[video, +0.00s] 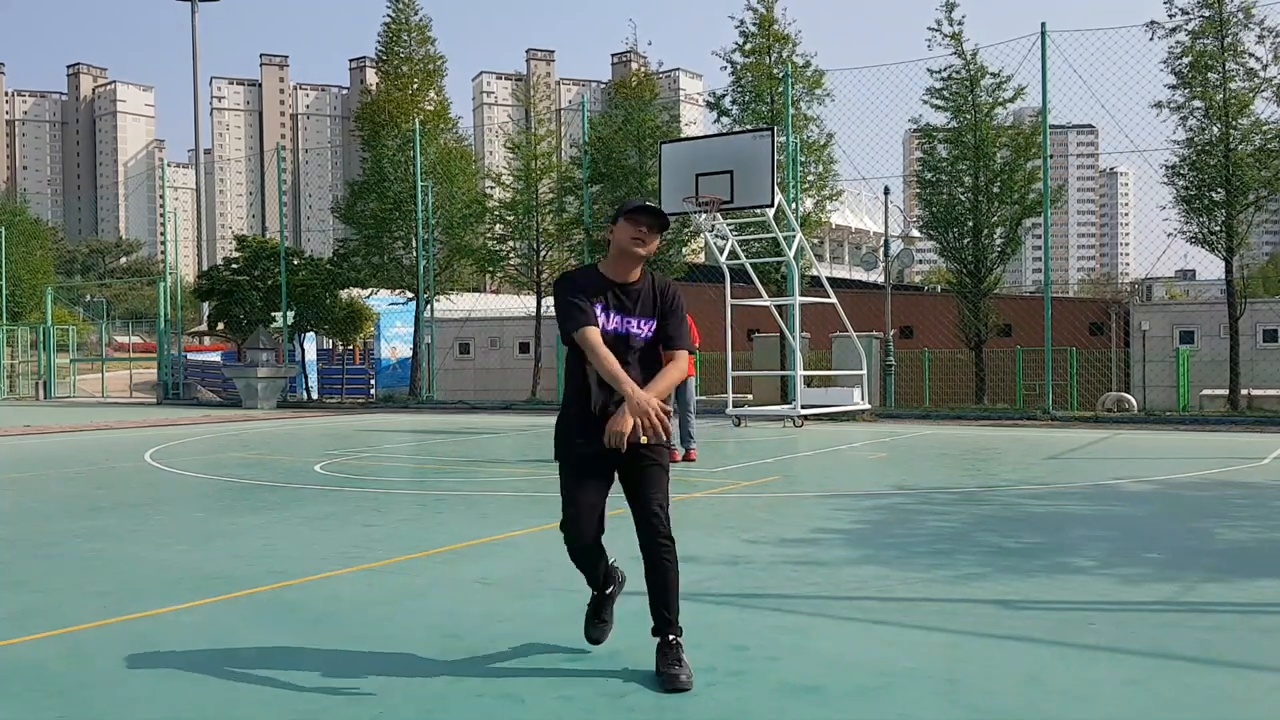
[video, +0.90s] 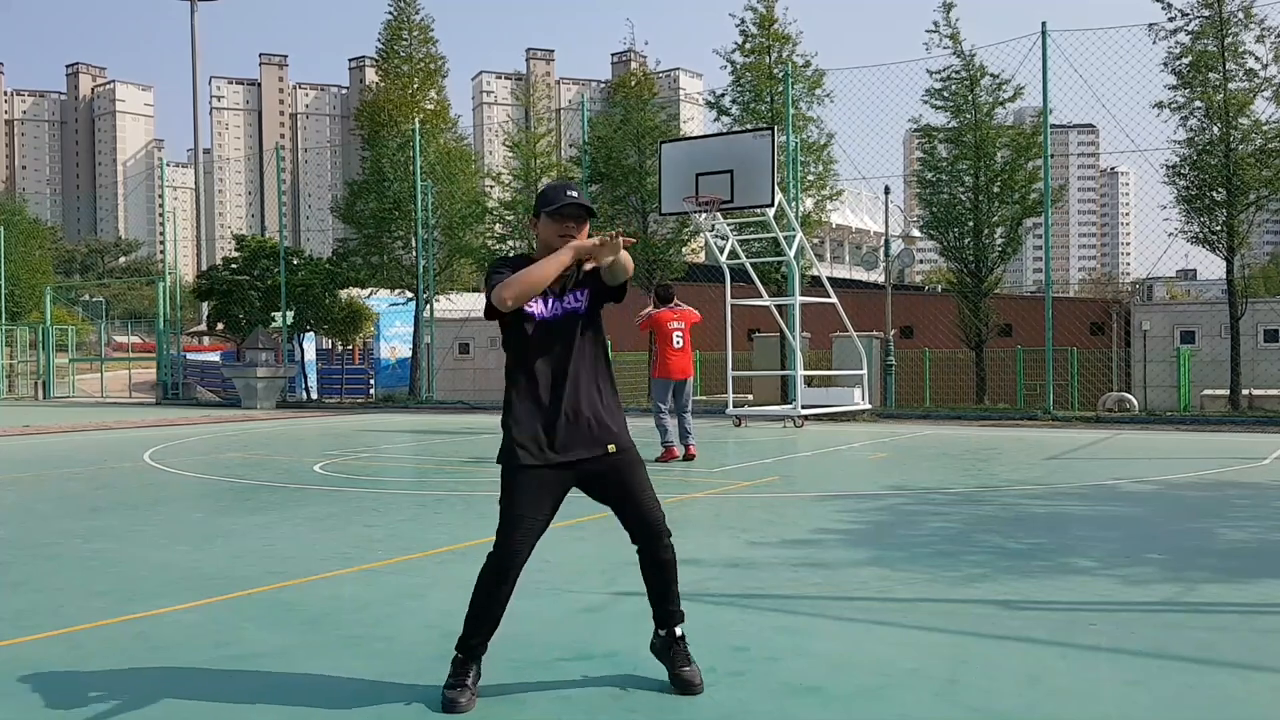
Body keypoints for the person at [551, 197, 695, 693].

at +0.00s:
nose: (646, 235)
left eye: (654, 231)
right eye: (637, 225)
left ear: (658, 244)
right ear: (612, 229)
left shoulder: (665, 294)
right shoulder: (575, 284)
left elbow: (680, 364)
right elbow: (593, 347)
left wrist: (633, 408)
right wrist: (636, 394)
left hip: (646, 431)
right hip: (585, 429)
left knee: (656, 530)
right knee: (578, 536)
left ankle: (669, 642)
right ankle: (605, 582)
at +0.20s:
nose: (596, 241)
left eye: (605, 233)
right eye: (589, 233)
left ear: (629, 232)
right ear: (582, 235)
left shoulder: (652, 284)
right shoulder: (569, 285)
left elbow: (639, 353)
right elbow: (559, 344)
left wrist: (594, 419)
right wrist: (572, 383)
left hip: (630, 420)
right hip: (574, 418)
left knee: (643, 534)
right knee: (522, 507)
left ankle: (669, 643)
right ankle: (569, 602)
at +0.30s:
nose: (576, 236)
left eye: (585, 226)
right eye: (569, 227)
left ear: (610, 224)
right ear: (563, 230)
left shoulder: (635, 275)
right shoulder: (561, 284)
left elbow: (620, 350)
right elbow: (542, 344)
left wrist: (574, 420)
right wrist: (544, 379)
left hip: (612, 424)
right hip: (559, 422)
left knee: (635, 534)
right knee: (509, 520)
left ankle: (675, 642)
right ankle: (514, 641)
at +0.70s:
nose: (546, 233)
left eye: (554, 224)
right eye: (535, 223)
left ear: (565, 230)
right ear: (511, 229)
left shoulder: (577, 265)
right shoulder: (488, 280)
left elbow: (591, 315)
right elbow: (469, 338)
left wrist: (554, 344)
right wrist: (534, 309)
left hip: (587, 425)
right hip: (522, 436)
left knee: (630, 516)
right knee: (503, 554)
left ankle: (625, 619)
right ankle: (479, 668)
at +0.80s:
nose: (560, 227)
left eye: (568, 218)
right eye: (549, 217)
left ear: (577, 227)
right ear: (524, 221)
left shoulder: (582, 267)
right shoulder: (497, 271)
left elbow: (608, 283)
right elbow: (488, 310)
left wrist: (588, 282)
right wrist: (553, 265)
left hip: (591, 424)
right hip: (527, 435)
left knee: (641, 517)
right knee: (507, 554)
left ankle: (646, 619)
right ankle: (475, 663)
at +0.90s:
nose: (576, 229)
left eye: (582, 221)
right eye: (564, 219)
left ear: (589, 228)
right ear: (536, 224)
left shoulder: (592, 271)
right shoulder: (508, 273)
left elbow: (623, 273)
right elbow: (506, 298)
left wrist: (613, 253)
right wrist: (572, 251)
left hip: (603, 437)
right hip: (534, 444)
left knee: (654, 530)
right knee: (510, 550)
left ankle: (671, 637)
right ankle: (467, 662)